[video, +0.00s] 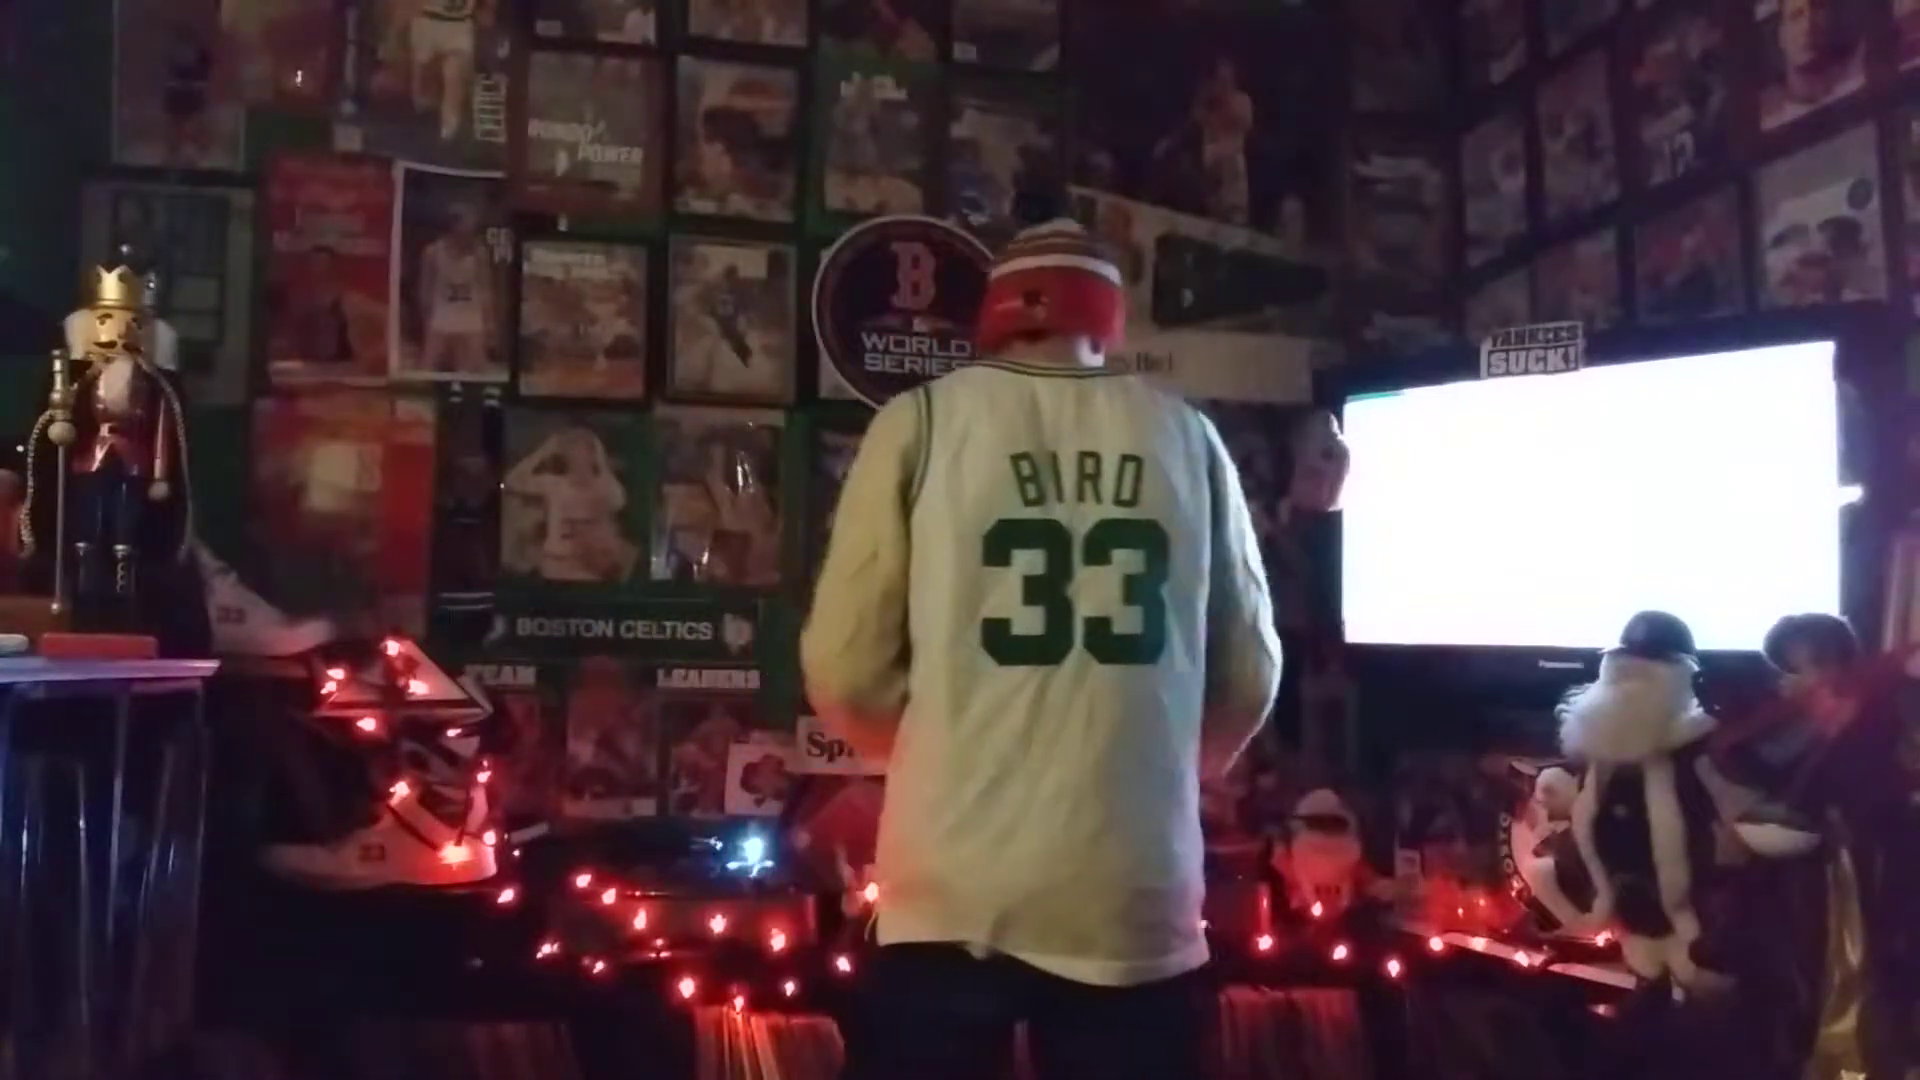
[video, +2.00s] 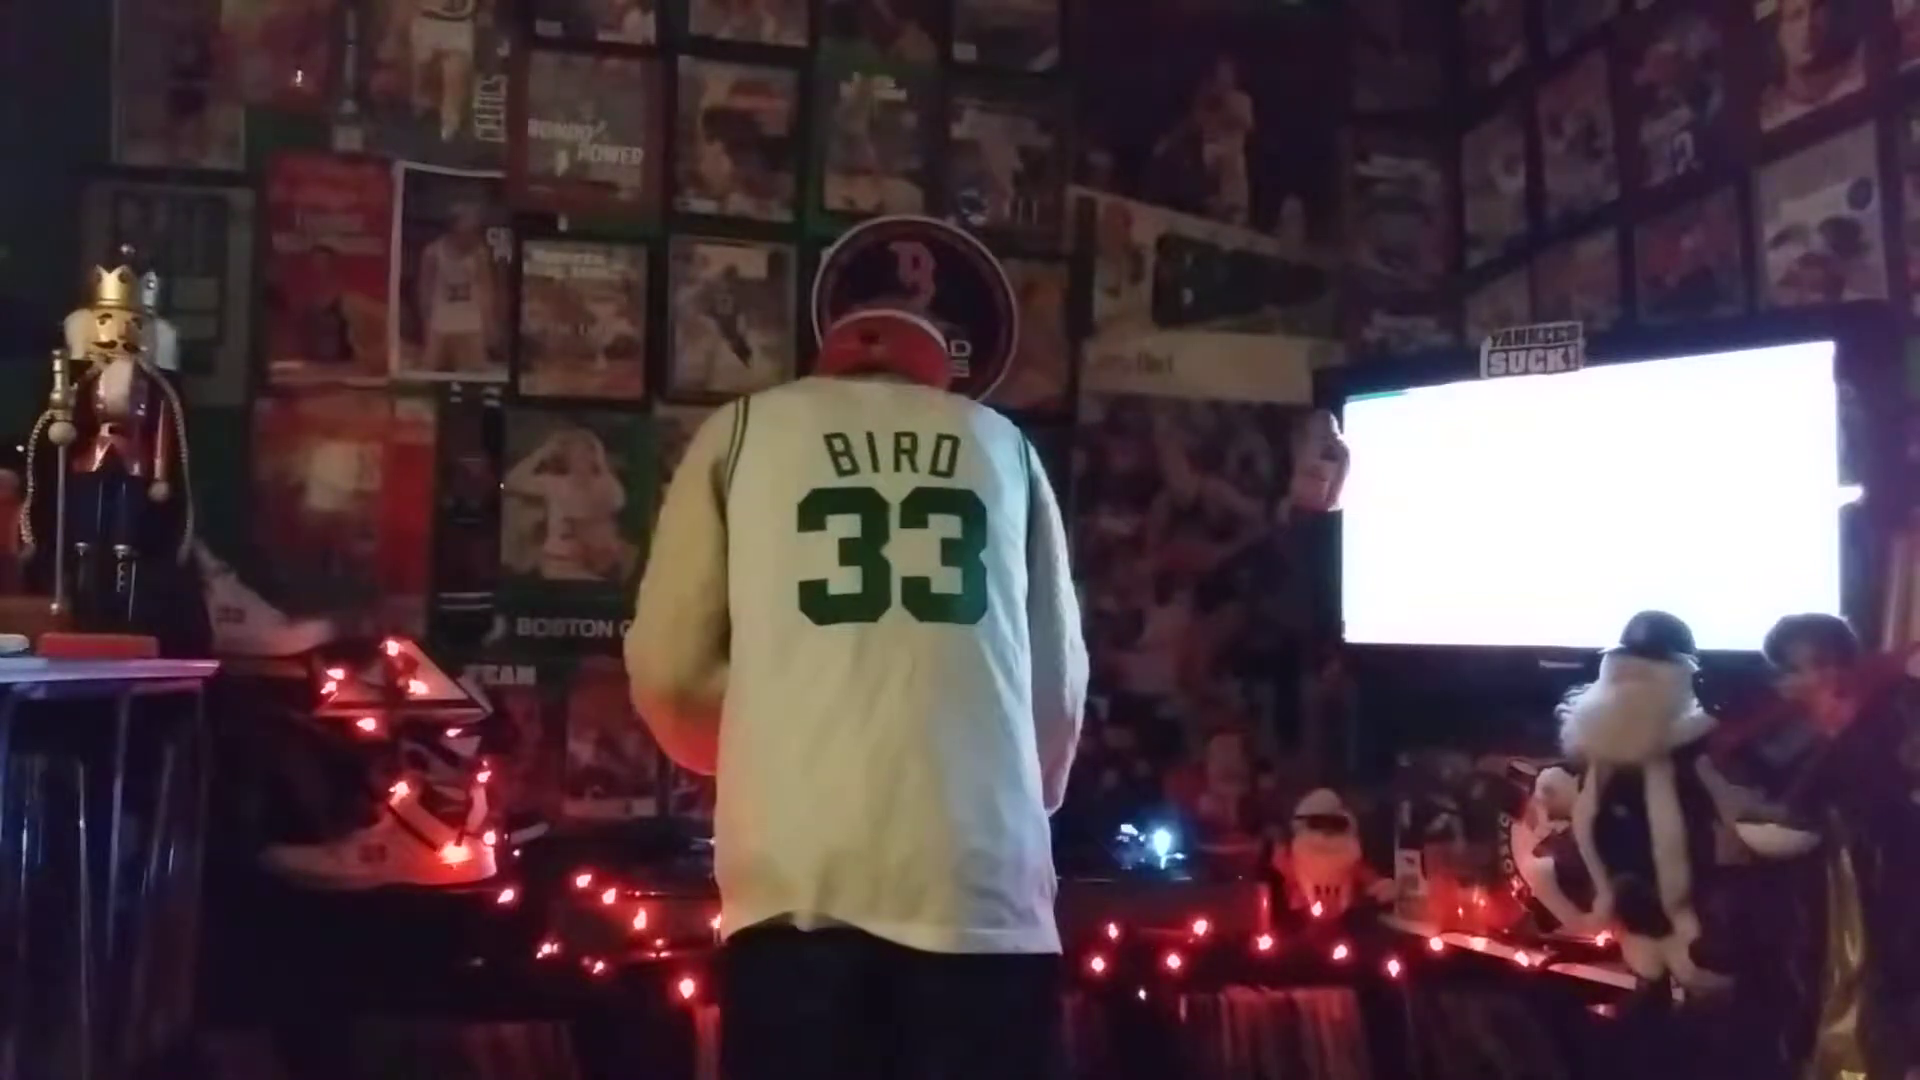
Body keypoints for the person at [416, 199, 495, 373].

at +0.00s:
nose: (467, 234)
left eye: (470, 229)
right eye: (463, 228)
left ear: (474, 229)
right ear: (453, 227)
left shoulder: (480, 252)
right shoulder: (433, 253)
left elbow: (487, 291)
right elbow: (425, 290)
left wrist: (490, 326)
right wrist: (427, 317)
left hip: (472, 328)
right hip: (440, 328)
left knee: (472, 381)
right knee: (433, 380)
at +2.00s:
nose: (468, 236)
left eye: (472, 231)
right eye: (464, 230)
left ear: (477, 230)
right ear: (454, 229)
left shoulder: (481, 252)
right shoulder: (434, 253)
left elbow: (487, 289)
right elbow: (425, 288)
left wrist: (490, 323)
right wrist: (427, 317)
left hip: (472, 327)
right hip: (440, 327)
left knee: (472, 380)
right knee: (434, 380)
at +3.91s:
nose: (467, 235)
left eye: (471, 230)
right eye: (463, 230)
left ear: (476, 230)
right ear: (453, 228)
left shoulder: (480, 252)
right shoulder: (434, 252)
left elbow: (486, 288)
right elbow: (425, 287)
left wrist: (489, 321)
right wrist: (426, 316)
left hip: (471, 327)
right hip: (440, 326)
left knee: (472, 378)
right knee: (432, 378)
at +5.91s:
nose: (467, 236)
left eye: (471, 231)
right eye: (463, 231)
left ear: (476, 230)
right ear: (452, 229)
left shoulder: (480, 253)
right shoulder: (434, 253)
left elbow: (487, 289)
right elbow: (426, 288)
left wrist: (490, 323)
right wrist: (427, 321)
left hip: (472, 327)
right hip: (440, 326)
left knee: (475, 378)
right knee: (429, 378)